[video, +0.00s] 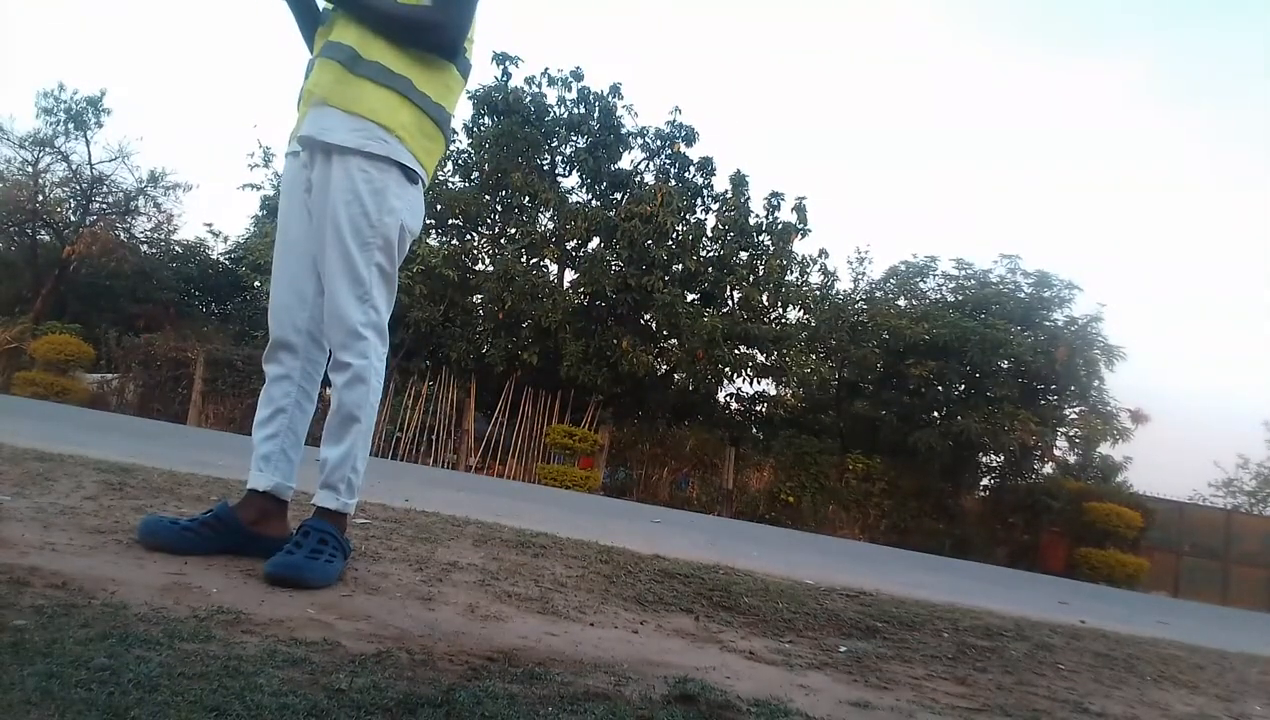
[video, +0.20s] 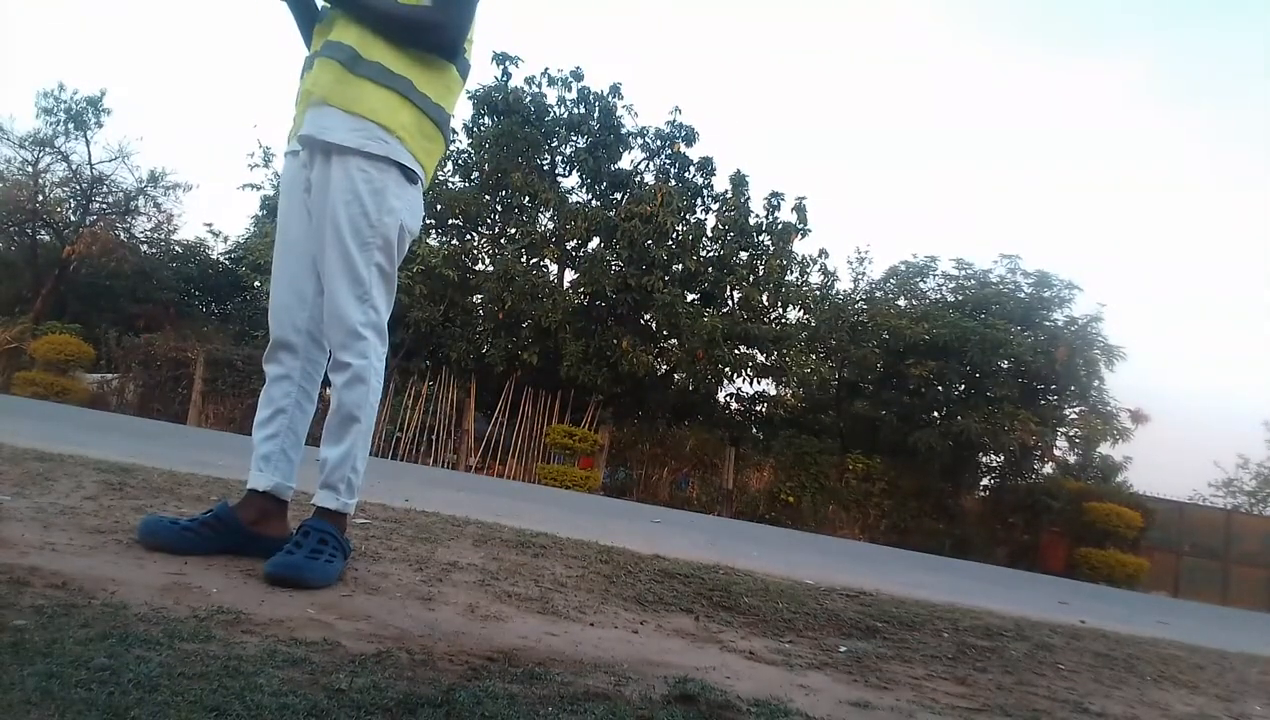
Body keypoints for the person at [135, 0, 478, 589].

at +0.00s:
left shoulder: (450, 9)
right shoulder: (340, 24)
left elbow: (443, 29)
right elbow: (326, 40)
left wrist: (350, 1)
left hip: (382, 139)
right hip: (311, 134)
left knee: (356, 340)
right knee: (291, 335)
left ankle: (328, 523)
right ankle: (262, 509)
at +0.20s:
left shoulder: (450, 9)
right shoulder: (339, 23)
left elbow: (444, 29)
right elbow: (324, 38)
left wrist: (351, 1)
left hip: (381, 136)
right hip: (310, 132)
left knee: (355, 339)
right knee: (291, 335)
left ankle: (328, 523)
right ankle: (262, 509)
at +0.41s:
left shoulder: (449, 10)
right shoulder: (338, 24)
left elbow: (443, 29)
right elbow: (322, 38)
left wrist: (351, 1)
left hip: (380, 138)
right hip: (308, 133)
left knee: (354, 339)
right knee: (290, 334)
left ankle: (328, 523)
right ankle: (262, 509)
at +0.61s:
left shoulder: (447, 9)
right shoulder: (338, 21)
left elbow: (440, 30)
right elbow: (322, 38)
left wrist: (347, 0)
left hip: (378, 134)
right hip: (307, 129)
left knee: (353, 337)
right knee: (290, 333)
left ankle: (328, 523)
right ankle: (262, 508)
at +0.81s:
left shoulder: (446, 9)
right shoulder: (339, 20)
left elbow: (439, 30)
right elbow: (323, 37)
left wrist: (344, 1)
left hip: (377, 134)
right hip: (306, 128)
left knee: (352, 337)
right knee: (290, 334)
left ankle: (328, 523)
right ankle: (262, 508)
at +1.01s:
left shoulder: (444, 10)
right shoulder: (337, 26)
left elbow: (437, 33)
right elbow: (321, 29)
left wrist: (343, 5)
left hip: (376, 145)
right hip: (314, 141)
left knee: (351, 338)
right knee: (288, 335)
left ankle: (329, 520)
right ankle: (260, 508)